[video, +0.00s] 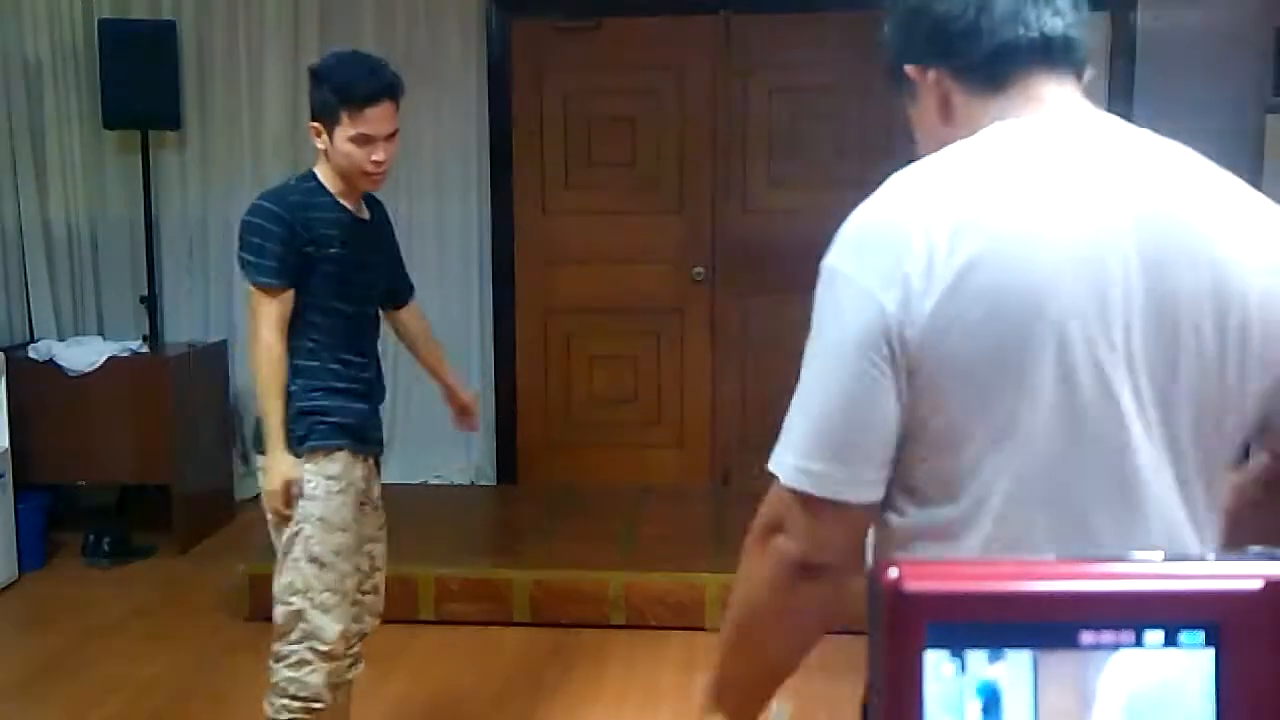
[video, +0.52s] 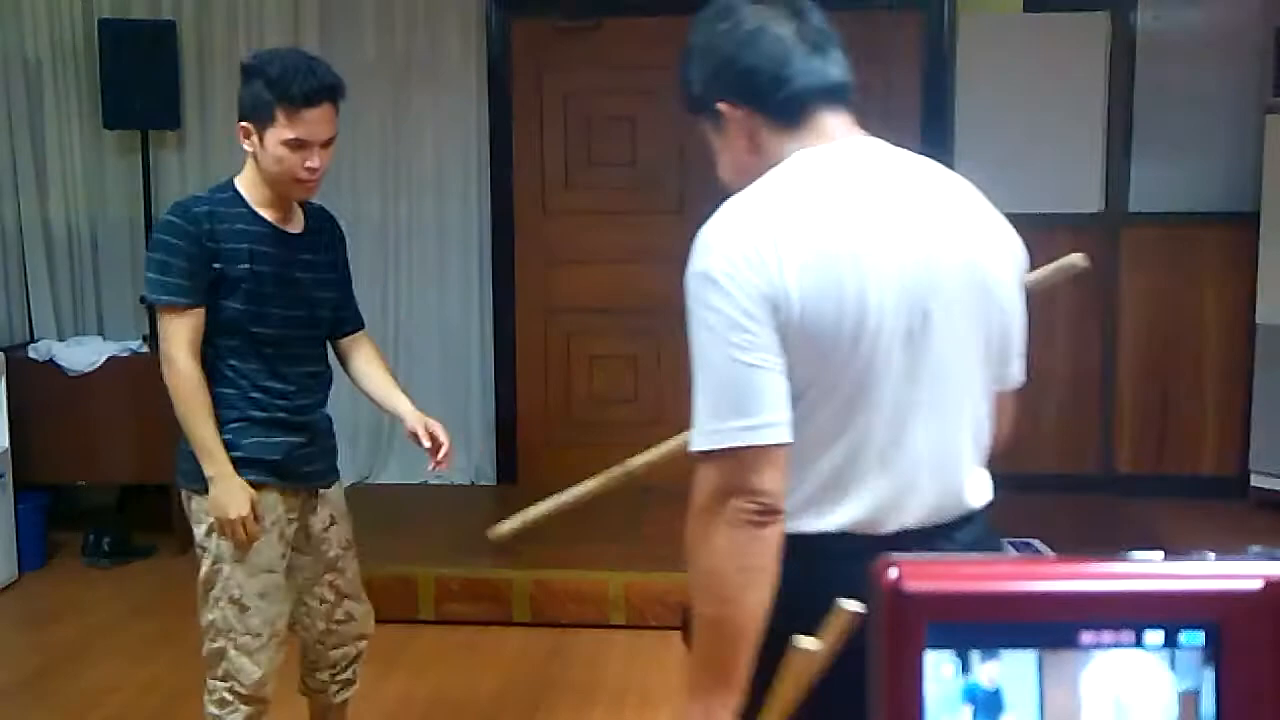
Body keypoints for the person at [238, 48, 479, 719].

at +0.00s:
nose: (380, 155)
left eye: (389, 139)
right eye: (364, 141)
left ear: (399, 130)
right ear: (320, 135)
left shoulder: (371, 215)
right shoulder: (279, 214)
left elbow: (401, 309)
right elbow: (267, 333)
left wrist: (449, 382)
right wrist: (275, 450)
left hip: (359, 445)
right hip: (311, 445)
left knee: (354, 619)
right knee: (317, 630)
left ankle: (326, 709)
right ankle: (297, 714)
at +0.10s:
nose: (369, 155)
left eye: (379, 138)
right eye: (352, 139)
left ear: (389, 129)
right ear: (309, 134)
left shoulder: (371, 219)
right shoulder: (268, 214)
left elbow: (412, 314)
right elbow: (241, 339)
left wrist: (472, 388)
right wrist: (242, 449)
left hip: (358, 453)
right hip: (301, 453)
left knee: (344, 626)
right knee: (295, 634)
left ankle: (330, 715)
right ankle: (278, 717)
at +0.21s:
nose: (356, 156)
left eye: (366, 138)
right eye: (339, 140)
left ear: (376, 130)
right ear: (296, 134)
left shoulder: (363, 221)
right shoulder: (252, 217)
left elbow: (405, 321)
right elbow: (218, 338)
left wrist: (470, 394)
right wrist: (225, 453)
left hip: (351, 456)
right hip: (290, 457)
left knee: (336, 627)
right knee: (281, 636)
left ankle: (328, 715)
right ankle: (250, 719)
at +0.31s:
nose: (341, 160)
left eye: (352, 143)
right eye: (323, 143)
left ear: (364, 134)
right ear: (279, 135)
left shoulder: (349, 227)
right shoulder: (234, 221)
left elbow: (385, 331)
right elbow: (208, 347)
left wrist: (446, 407)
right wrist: (222, 462)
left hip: (340, 466)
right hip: (276, 469)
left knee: (329, 640)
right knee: (270, 656)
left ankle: (330, 717)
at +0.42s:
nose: (328, 162)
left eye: (339, 144)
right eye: (311, 145)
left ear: (349, 134)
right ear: (263, 136)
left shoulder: (335, 233)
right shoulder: (210, 226)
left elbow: (362, 340)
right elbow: (197, 356)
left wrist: (416, 413)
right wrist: (226, 472)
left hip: (327, 474)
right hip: (259, 477)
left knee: (328, 654)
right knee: (259, 671)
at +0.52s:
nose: (315, 162)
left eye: (326, 144)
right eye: (297, 146)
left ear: (337, 135)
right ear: (249, 136)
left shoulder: (324, 232)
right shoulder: (194, 225)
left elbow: (351, 341)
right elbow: (178, 359)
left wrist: (407, 412)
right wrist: (221, 477)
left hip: (317, 478)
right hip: (236, 482)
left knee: (340, 646)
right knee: (243, 671)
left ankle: (330, 717)